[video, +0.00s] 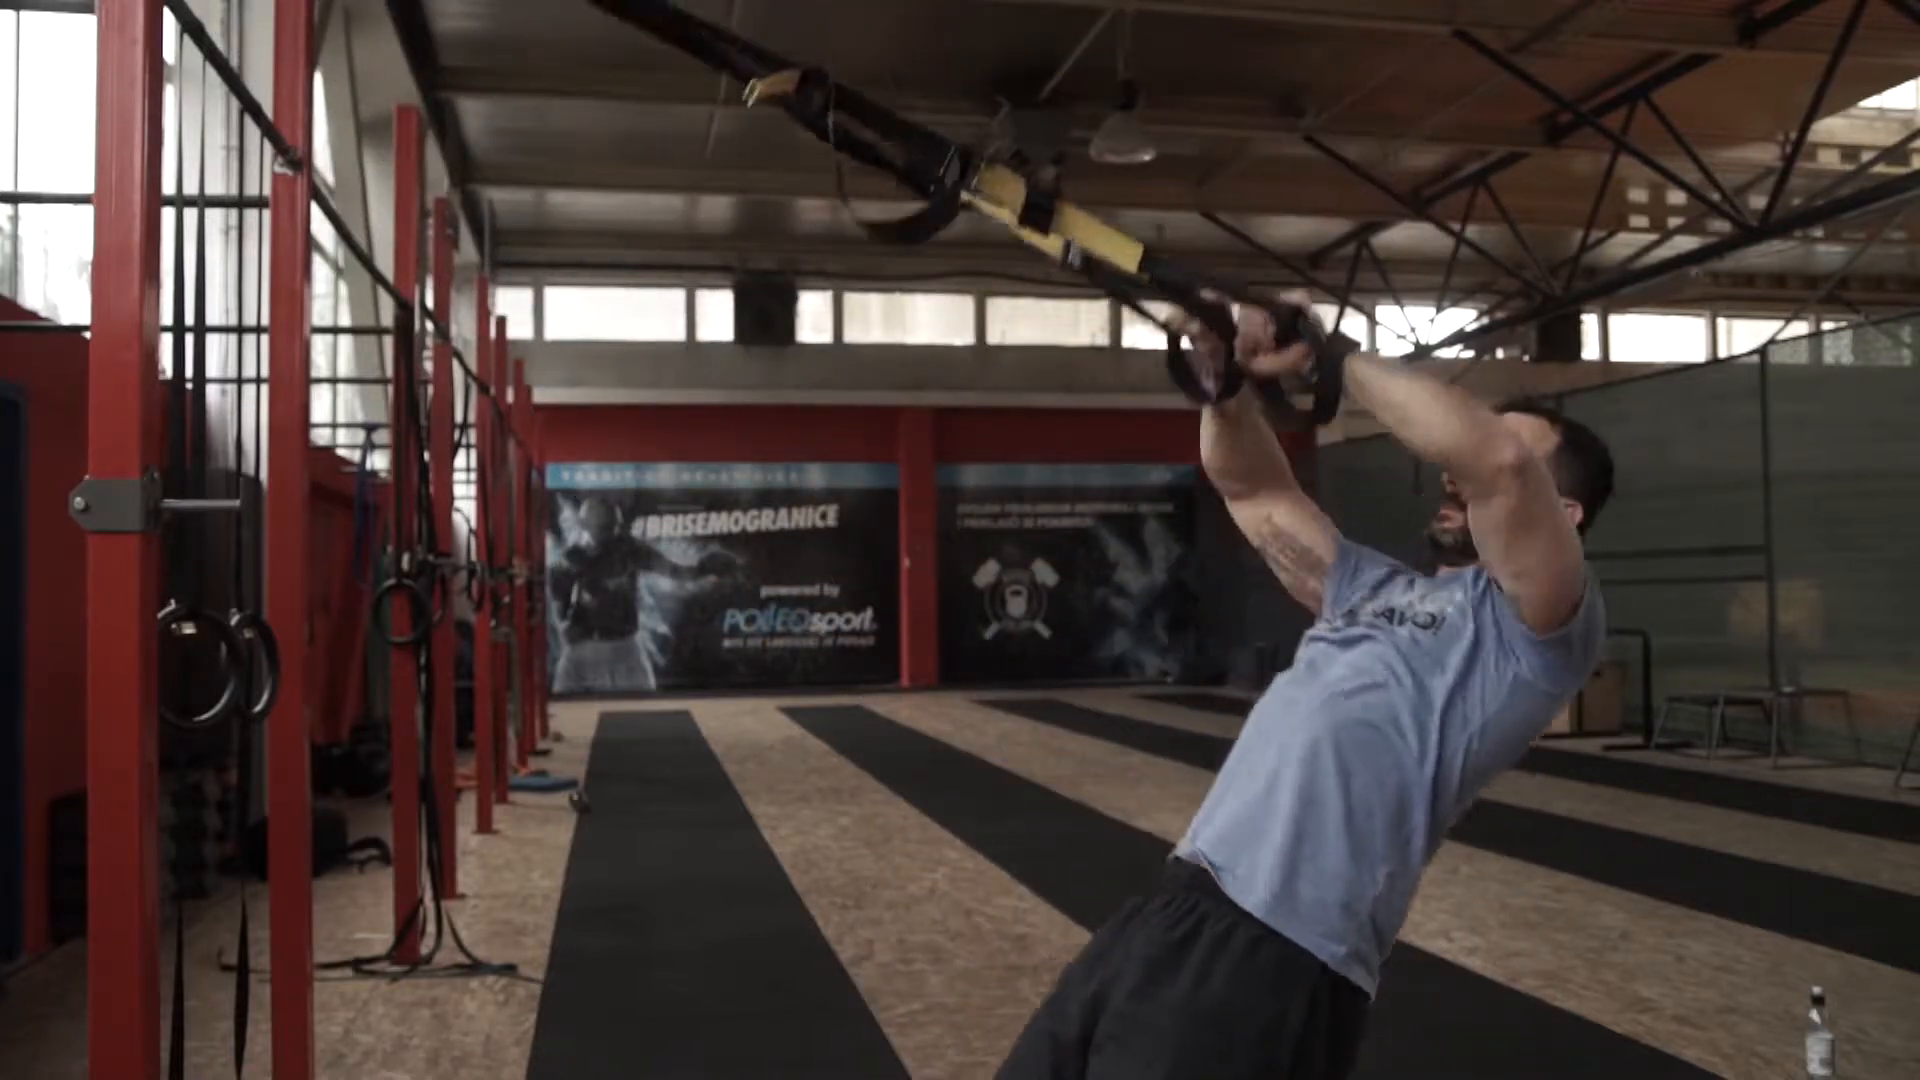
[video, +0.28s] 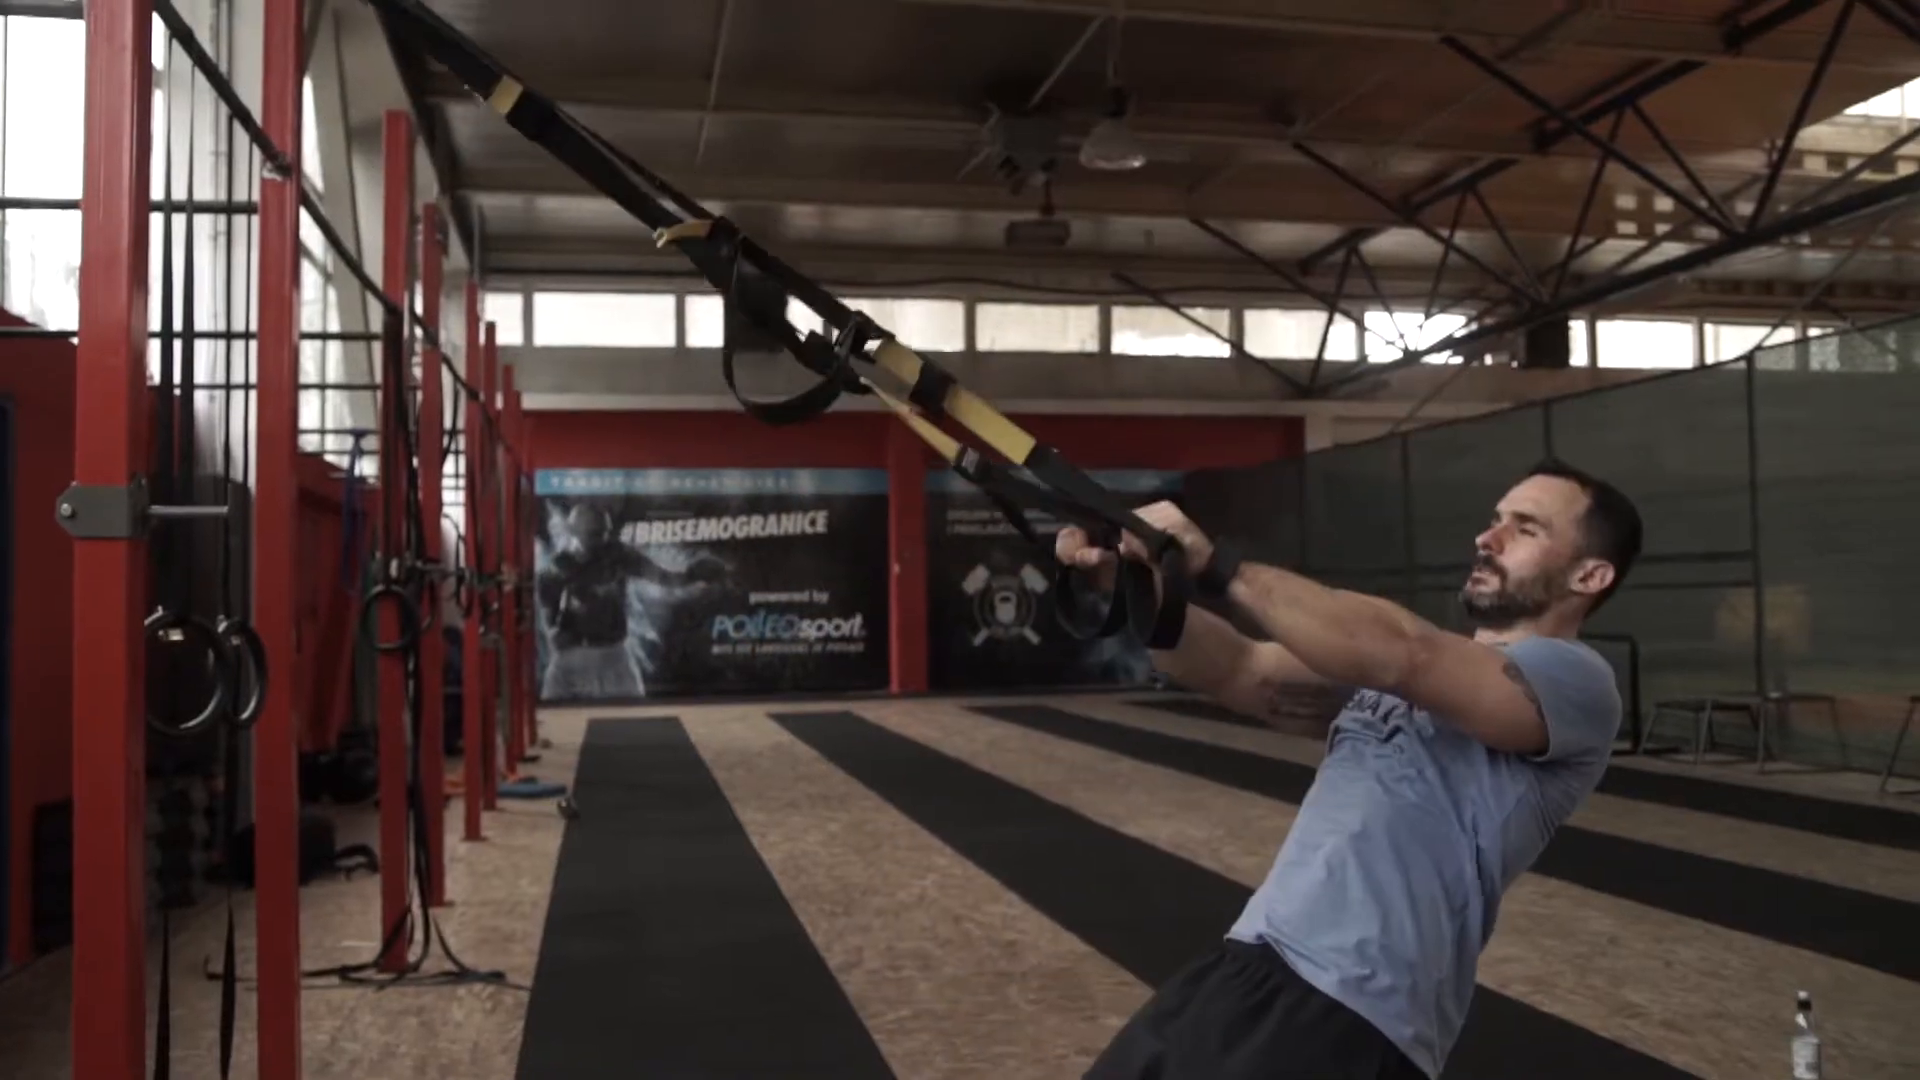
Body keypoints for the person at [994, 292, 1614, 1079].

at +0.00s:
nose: (1464, 474)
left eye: (1503, 454)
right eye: (1477, 447)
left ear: (1567, 510)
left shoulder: (1541, 632)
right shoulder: (1379, 587)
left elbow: (1496, 453)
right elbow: (1262, 499)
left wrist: (1331, 365)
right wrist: (1226, 392)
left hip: (1274, 977)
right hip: (1169, 916)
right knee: (1028, 1069)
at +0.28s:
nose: (1488, 537)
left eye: (1525, 527)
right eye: (1495, 522)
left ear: (1591, 577)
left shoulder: (1580, 685)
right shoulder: (1414, 663)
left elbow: (1401, 652)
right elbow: (1250, 670)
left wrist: (1221, 572)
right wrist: (1135, 591)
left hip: (1351, 1025)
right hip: (1241, 967)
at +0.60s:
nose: (1478, 612)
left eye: (1518, 602)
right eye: (1475, 590)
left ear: (1571, 645)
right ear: (1458, 597)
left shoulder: (1556, 749)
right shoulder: (1384, 715)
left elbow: (1383, 712)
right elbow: (1218, 729)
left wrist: (1197, 630)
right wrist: (1107, 639)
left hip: (1320, 1060)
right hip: (1197, 1012)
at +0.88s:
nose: (1468, 638)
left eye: (1506, 627)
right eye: (1459, 614)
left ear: (1553, 670)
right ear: (1439, 627)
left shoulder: (1538, 774)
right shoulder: (1364, 742)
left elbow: (1364, 737)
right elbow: (1196, 754)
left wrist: (1183, 648)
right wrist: (1091, 663)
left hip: (1296, 1070)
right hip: (1174, 1031)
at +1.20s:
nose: (1354, 571)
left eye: (1389, 551)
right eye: (1348, 548)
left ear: (1460, 579)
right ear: (1336, 555)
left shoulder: (1468, 713)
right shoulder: (1285, 685)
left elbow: (1329, 809)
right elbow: (1133, 786)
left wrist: (1182, 661)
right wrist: (1068, 680)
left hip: (1231, 1049)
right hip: (1113, 995)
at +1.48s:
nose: (1094, 475)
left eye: (1121, 444)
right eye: (1090, 451)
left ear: (1206, 436)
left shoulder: (1268, 596)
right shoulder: (1111, 582)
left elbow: (1297, 803)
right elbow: (1078, 755)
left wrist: (1097, 729)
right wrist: (982, 726)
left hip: (1089, 1002)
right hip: (973, 956)